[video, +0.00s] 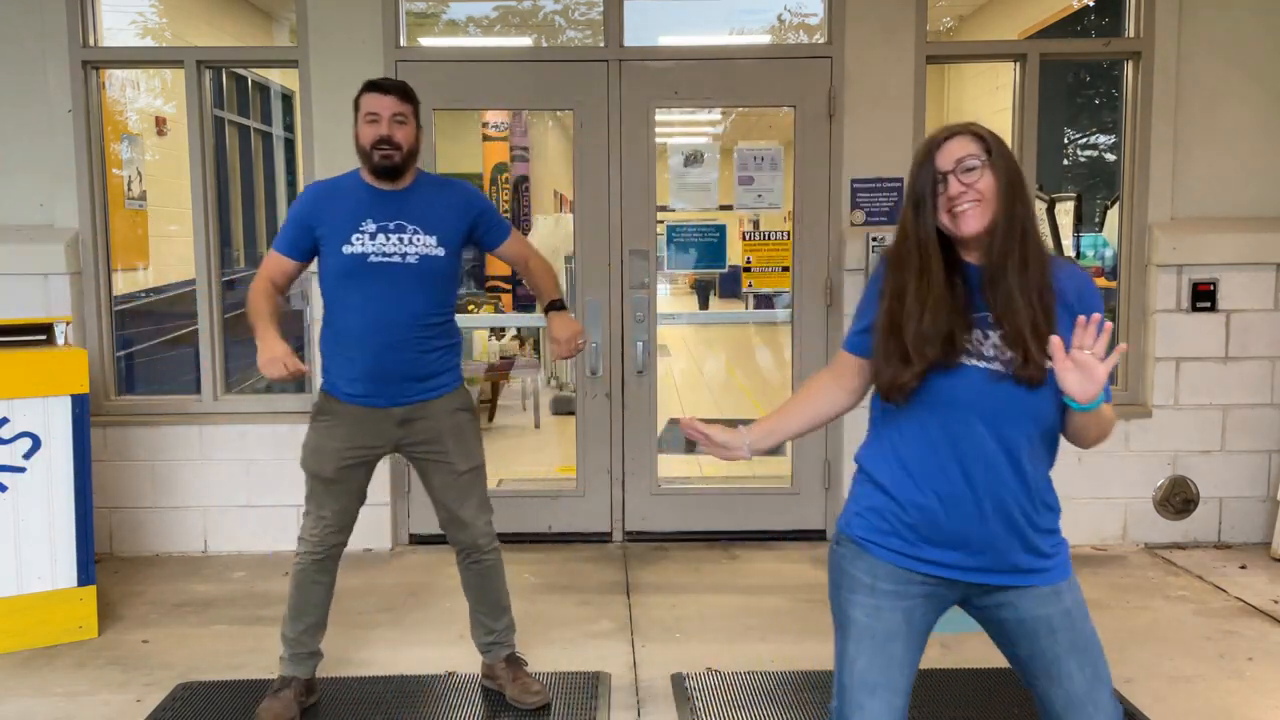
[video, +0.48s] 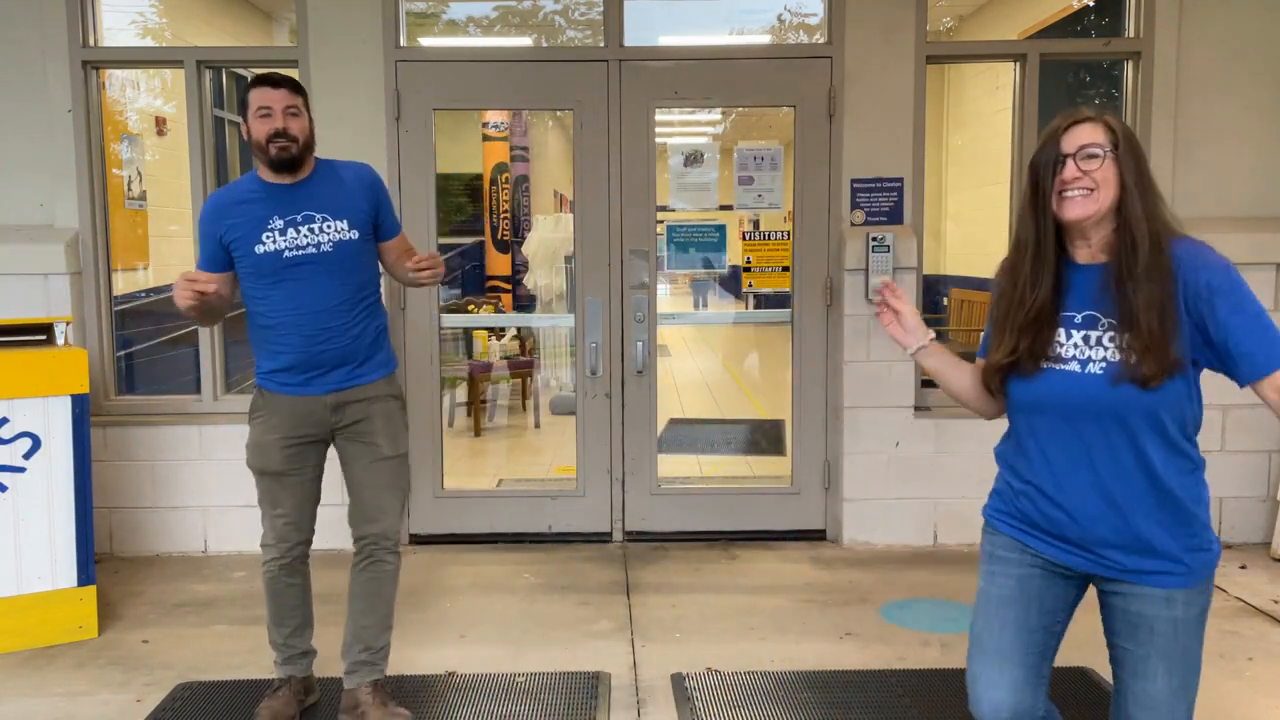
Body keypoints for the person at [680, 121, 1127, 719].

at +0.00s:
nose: (954, 187)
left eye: (969, 169)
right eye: (938, 180)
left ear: (1005, 177)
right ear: (928, 204)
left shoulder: (1066, 288)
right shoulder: (904, 273)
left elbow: (1090, 434)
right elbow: (844, 378)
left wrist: (1085, 401)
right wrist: (750, 438)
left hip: (1021, 551)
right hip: (890, 547)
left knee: (1090, 710)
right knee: (868, 711)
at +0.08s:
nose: (990, 195)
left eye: (1005, 177)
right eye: (974, 189)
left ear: (1041, 186)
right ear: (964, 213)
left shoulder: (1104, 298)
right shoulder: (937, 284)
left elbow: (1129, 445)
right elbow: (887, 390)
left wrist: (1126, 416)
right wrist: (797, 455)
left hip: (1058, 562)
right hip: (926, 555)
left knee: (1119, 713)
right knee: (897, 711)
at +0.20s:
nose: (1033, 191)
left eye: (1048, 174)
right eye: (1016, 185)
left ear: (1084, 186)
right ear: (1003, 209)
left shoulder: (1151, 295)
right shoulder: (977, 289)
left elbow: (1183, 415)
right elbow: (939, 402)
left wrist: (1192, 440)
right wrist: (855, 456)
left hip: (1109, 559)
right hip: (974, 548)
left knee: (1147, 713)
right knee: (929, 712)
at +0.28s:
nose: (1052, 191)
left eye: (1070, 173)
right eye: (1037, 184)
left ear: (1108, 188)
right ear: (1026, 210)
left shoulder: (1178, 294)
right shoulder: (1002, 292)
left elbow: (1231, 422)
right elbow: (962, 407)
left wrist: (1238, 459)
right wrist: (877, 426)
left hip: (1131, 559)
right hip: (997, 546)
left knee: (1160, 712)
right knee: (951, 709)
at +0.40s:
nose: (1069, 184)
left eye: (1088, 169)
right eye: (1055, 176)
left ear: (1124, 184)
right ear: (1041, 204)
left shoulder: (1191, 287)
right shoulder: (1019, 286)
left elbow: (1272, 409)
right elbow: (979, 402)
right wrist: (899, 373)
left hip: (1151, 553)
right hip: (1019, 539)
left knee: (1164, 712)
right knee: (976, 707)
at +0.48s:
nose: (1070, 170)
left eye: (1091, 156)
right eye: (1057, 161)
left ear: (1126, 174)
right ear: (1044, 184)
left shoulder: (1186, 271)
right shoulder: (1029, 276)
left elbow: (1272, 383)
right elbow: (990, 395)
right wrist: (920, 343)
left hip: (1155, 545)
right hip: (1030, 532)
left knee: (1152, 711)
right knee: (999, 703)